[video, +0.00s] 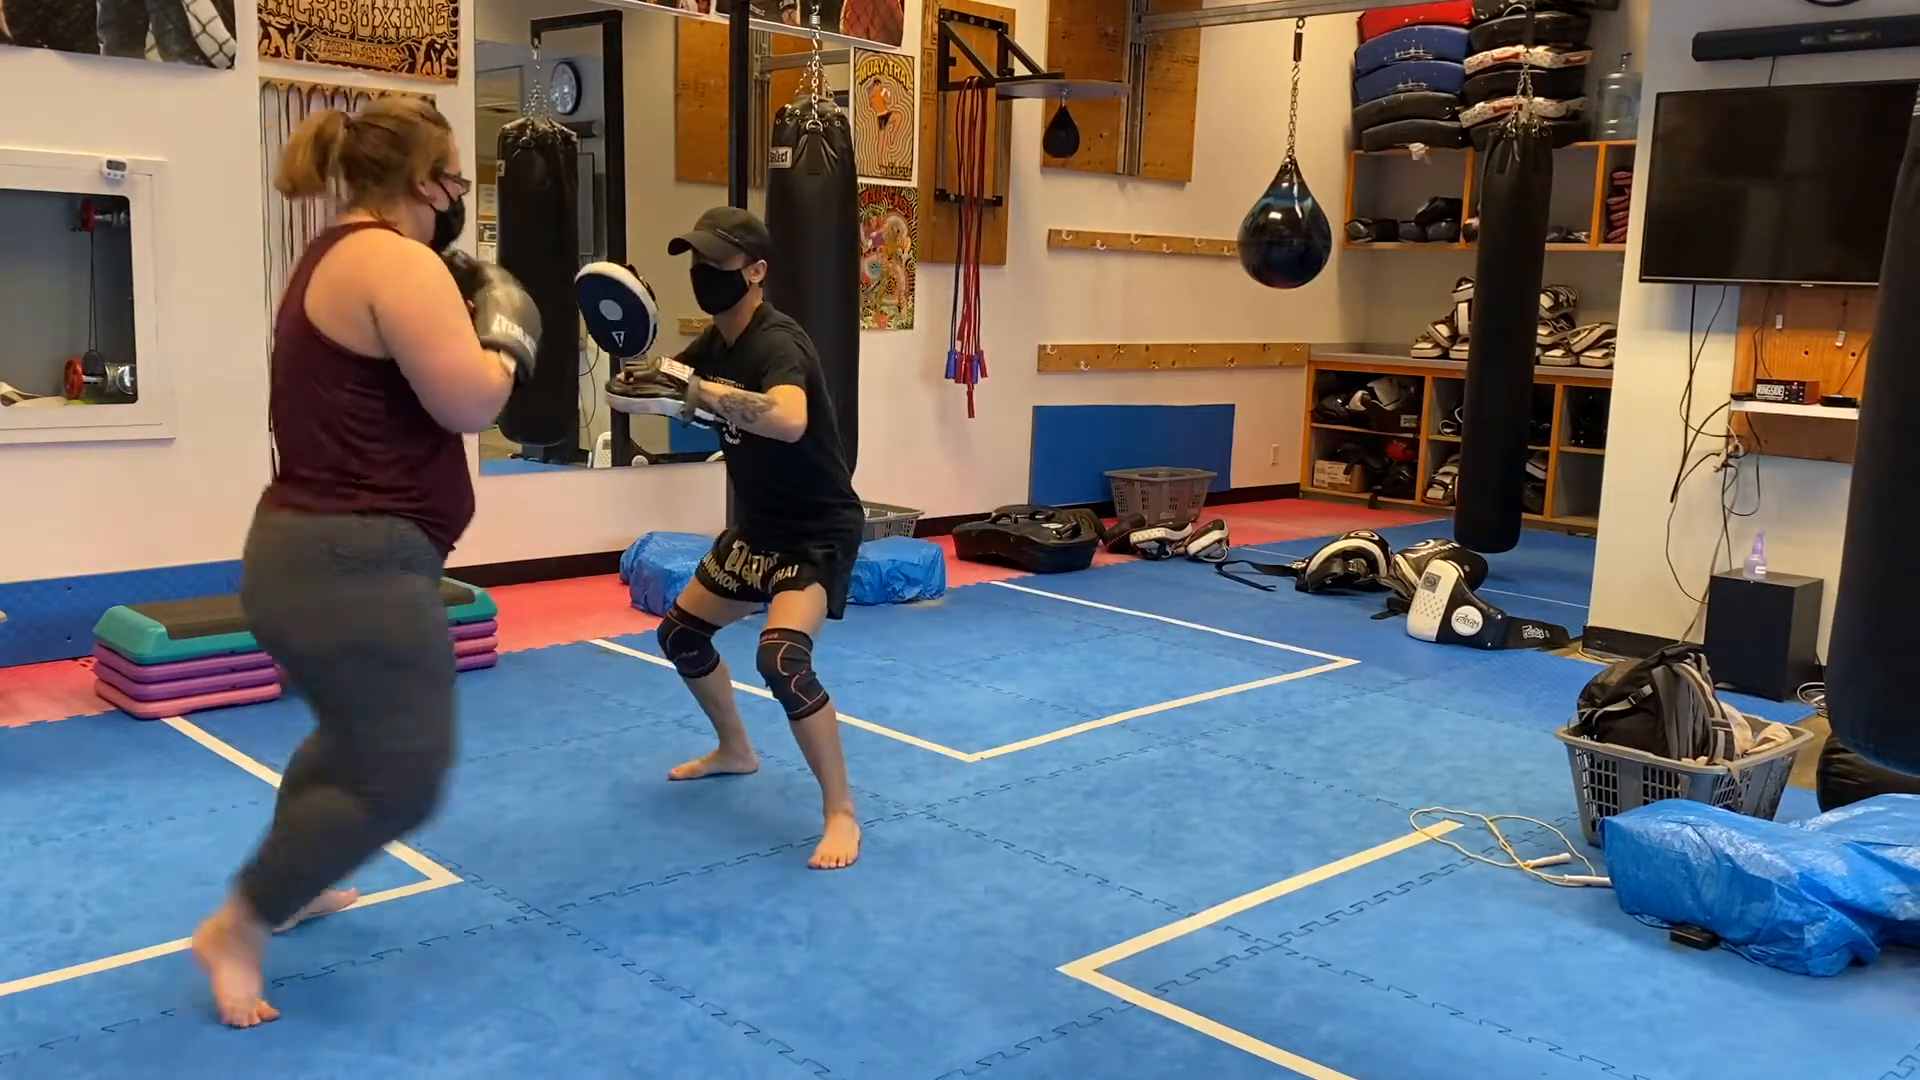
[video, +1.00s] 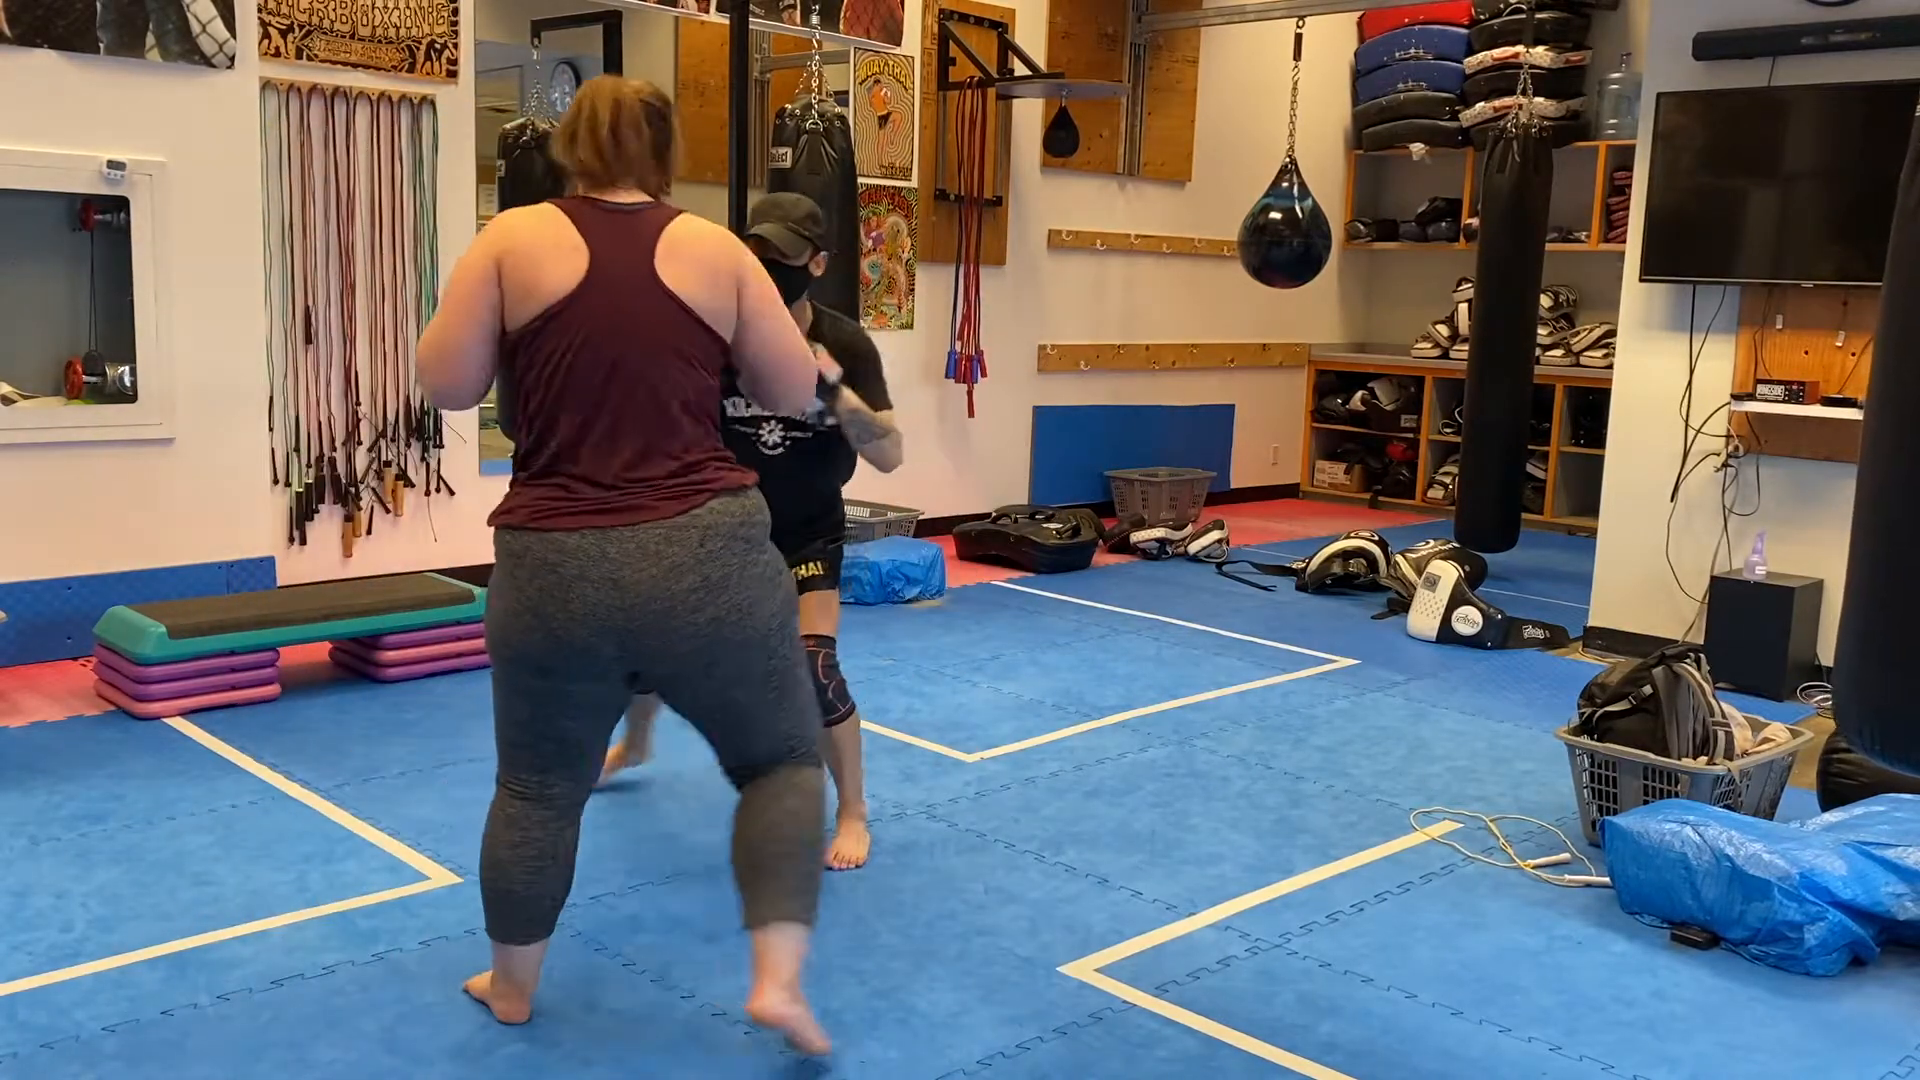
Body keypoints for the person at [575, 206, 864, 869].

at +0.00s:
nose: (699, 277)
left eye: (713, 267)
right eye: (697, 265)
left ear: (754, 270)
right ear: (696, 265)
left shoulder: (780, 342)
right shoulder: (715, 338)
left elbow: (790, 421)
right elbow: (661, 384)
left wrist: (695, 391)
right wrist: (632, 372)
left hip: (820, 528)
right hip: (756, 524)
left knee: (783, 657)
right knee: (681, 635)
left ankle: (840, 813)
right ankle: (735, 749)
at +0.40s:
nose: (714, 283)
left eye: (727, 271)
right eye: (706, 271)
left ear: (762, 272)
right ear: (694, 272)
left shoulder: (794, 339)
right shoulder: (702, 337)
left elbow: (829, 415)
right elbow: (697, 423)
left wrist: (753, 392)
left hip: (827, 525)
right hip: (757, 524)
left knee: (794, 656)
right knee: (683, 642)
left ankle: (846, 815)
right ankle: (690, 796)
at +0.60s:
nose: (744, 274)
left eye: (757, 260)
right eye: (736, 260)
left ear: (791, 260)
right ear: (723, 258)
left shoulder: (825, 331)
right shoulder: (713, 329)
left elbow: (903, 424)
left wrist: (838, 393)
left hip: (828, 524)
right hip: (743, 525)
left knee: (809, 659)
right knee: (721, 662)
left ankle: (847, 815)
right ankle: (714, 813)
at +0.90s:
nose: (788, 280)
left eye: (805, 270)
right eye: (780, 265)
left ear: (834, 268)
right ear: (765, 258)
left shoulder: (863, 341)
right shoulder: (739, 318)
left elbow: (913, 452)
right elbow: (684, 392)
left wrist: (878, 398)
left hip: (816, 519)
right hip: (733, 515)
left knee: (828, 663)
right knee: (706, 642)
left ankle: (854, 813)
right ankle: (683, 739)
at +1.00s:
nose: (761, 271)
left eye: (777, 261)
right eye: (754, 257)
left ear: (811, 264)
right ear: (740, 253)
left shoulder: (840, 339)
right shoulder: (720, 317)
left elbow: (889, 454)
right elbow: (675, 395)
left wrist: (843, 399)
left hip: (805, 518)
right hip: (718, 511)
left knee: (815, 666)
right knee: (656, 624)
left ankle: (851, 812)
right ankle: (635, 741)